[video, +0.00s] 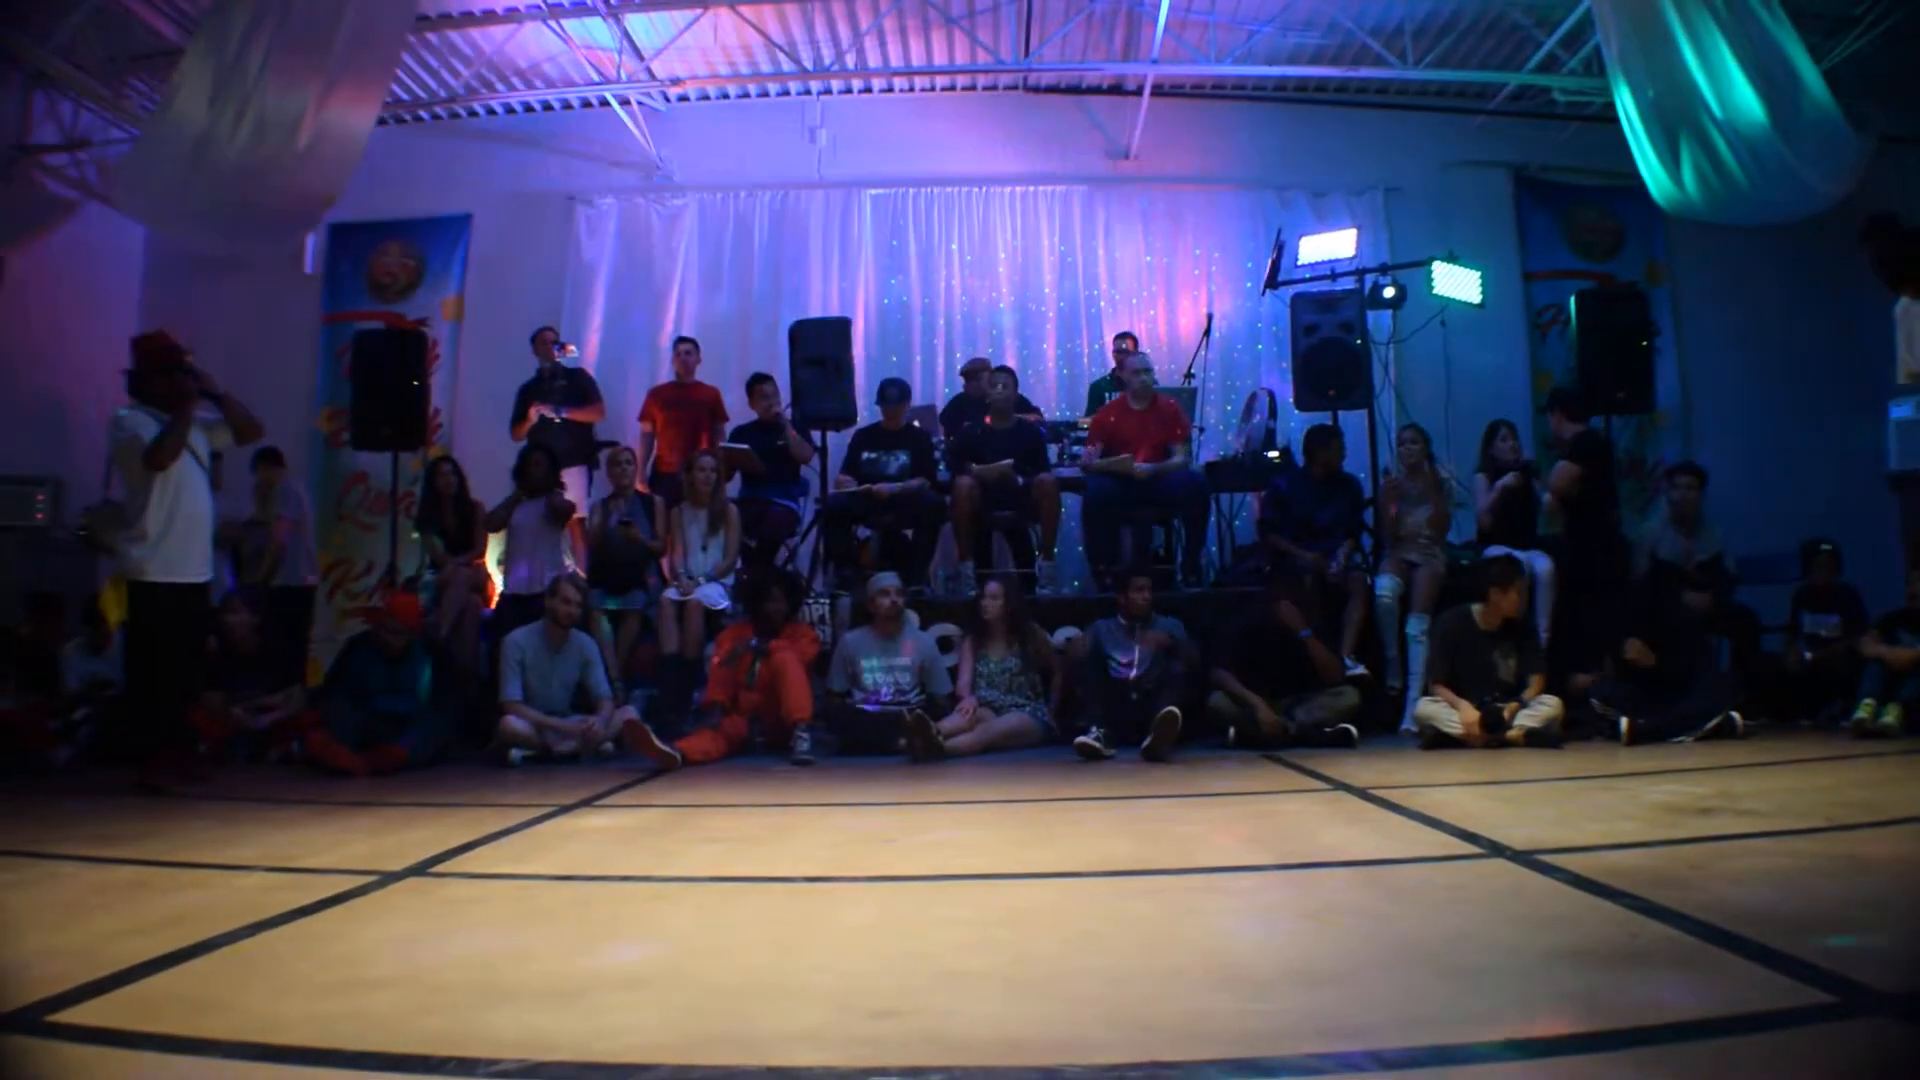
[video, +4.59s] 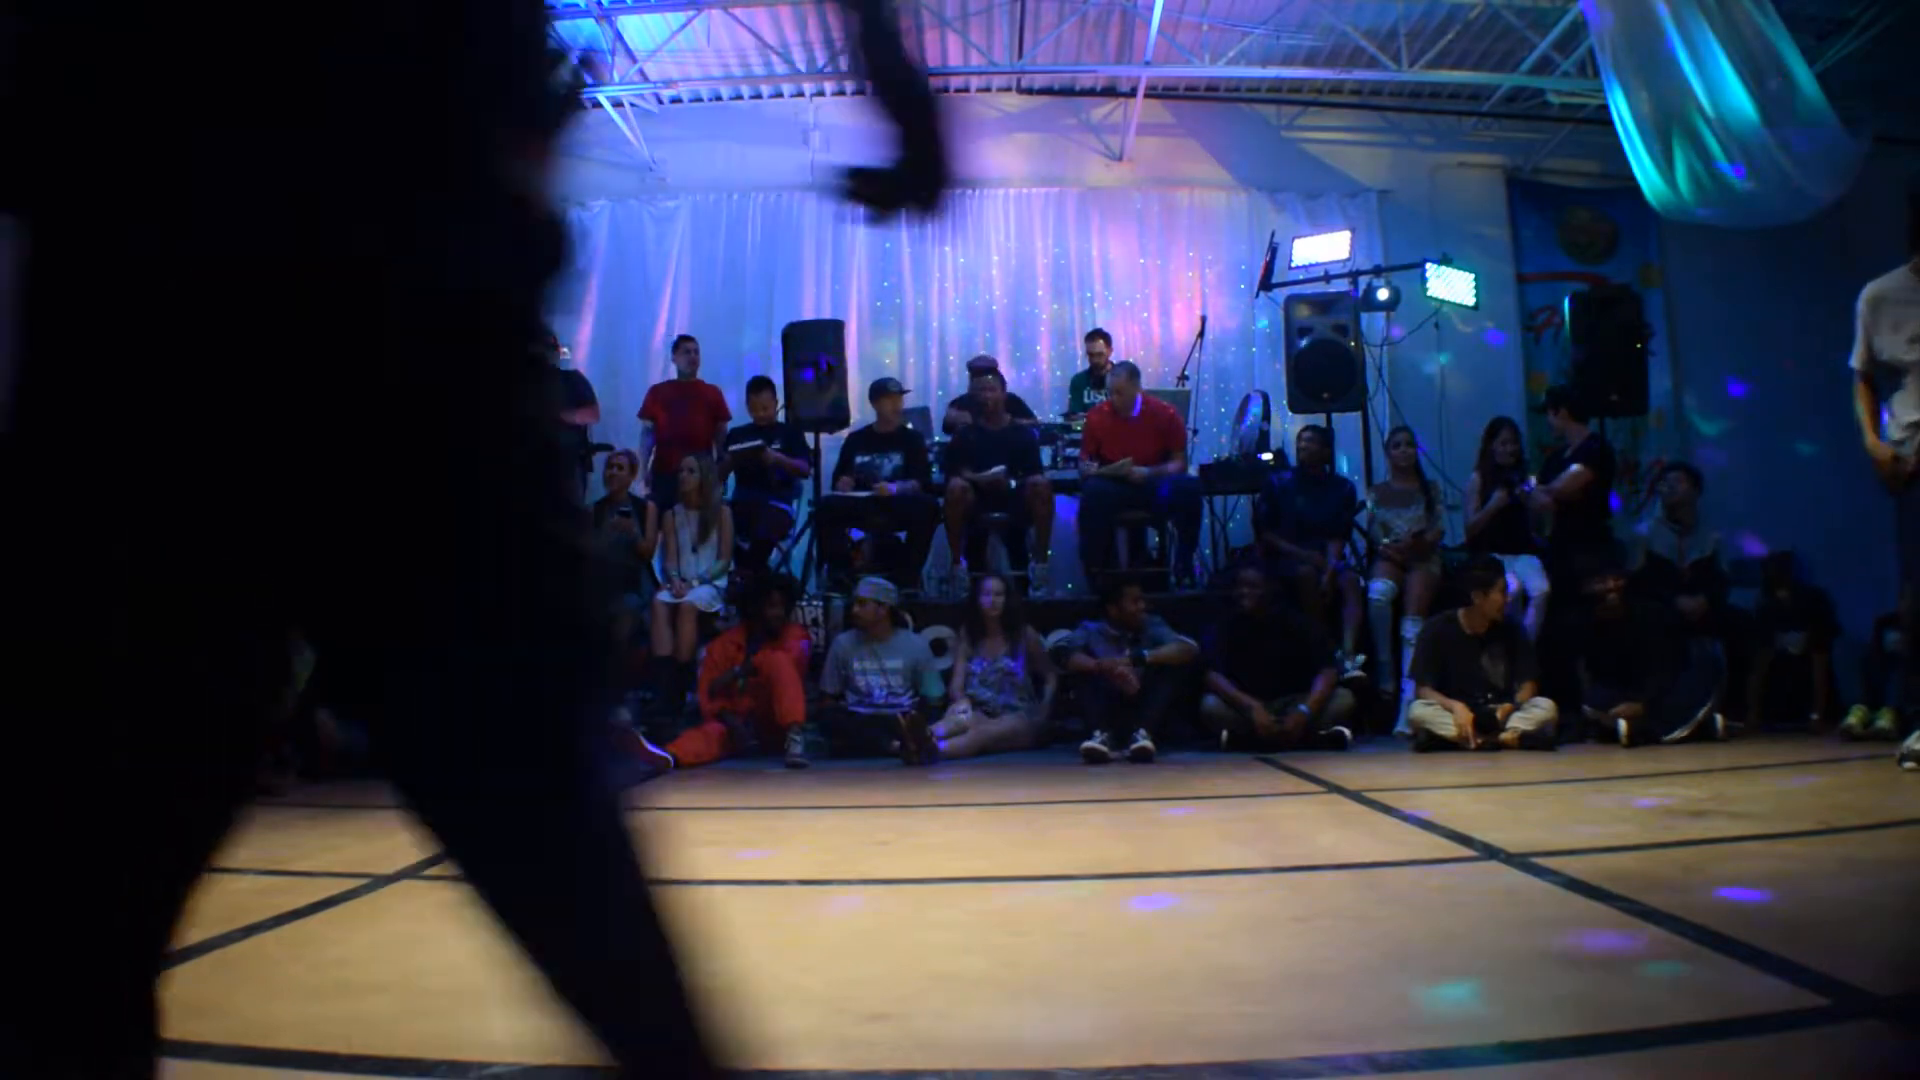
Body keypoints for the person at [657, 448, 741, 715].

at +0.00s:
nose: (707, 477)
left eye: (712, 471)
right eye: (701, 471)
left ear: (719, 477)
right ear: (689, 476)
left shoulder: (728, 511)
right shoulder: (679, 512)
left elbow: (731, 558)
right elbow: (676, 553)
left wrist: (705, 580)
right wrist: (680, 578)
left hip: (718, 578)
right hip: (687, 578)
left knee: (694, 604)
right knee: (667, 602)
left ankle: (688, 675)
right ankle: (669, 674)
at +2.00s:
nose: (699, 478)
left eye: (705, 473)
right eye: (693, 472)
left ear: (712, 478)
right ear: (682, 478)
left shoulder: (722, 514)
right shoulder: (671, 515)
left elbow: (724, 559)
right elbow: (669, 556)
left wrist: (699, 581)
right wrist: (671, 578)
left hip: (710, 580)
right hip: (678, 580)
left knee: (688, 607)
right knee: (660, 606)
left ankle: (682, 683)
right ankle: (662, 681)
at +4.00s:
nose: (685, 478)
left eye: (692, 472)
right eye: (682, 473)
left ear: (705, 478)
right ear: (678, 478)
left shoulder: (721, 514)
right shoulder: (671, 515)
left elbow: (724, 560)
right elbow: (670, 556)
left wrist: (698, 581)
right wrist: (674, 581)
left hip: (710, 581)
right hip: (679, 581)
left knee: (688, 606)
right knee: (660, 602)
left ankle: (682, 677)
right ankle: (662, 676)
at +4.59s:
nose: (683, 477)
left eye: (690, 472)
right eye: (681, 472)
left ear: (704, 478)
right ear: (678, 477)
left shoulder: (721, 514)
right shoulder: (672, 516)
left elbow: (725, 560)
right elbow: (669, 559)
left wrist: (699, 581)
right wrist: (674, 580)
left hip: (709, 580)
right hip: (679, 581)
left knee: (688, 606)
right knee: (660, 603)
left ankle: (681, 678)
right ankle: (662, 676)